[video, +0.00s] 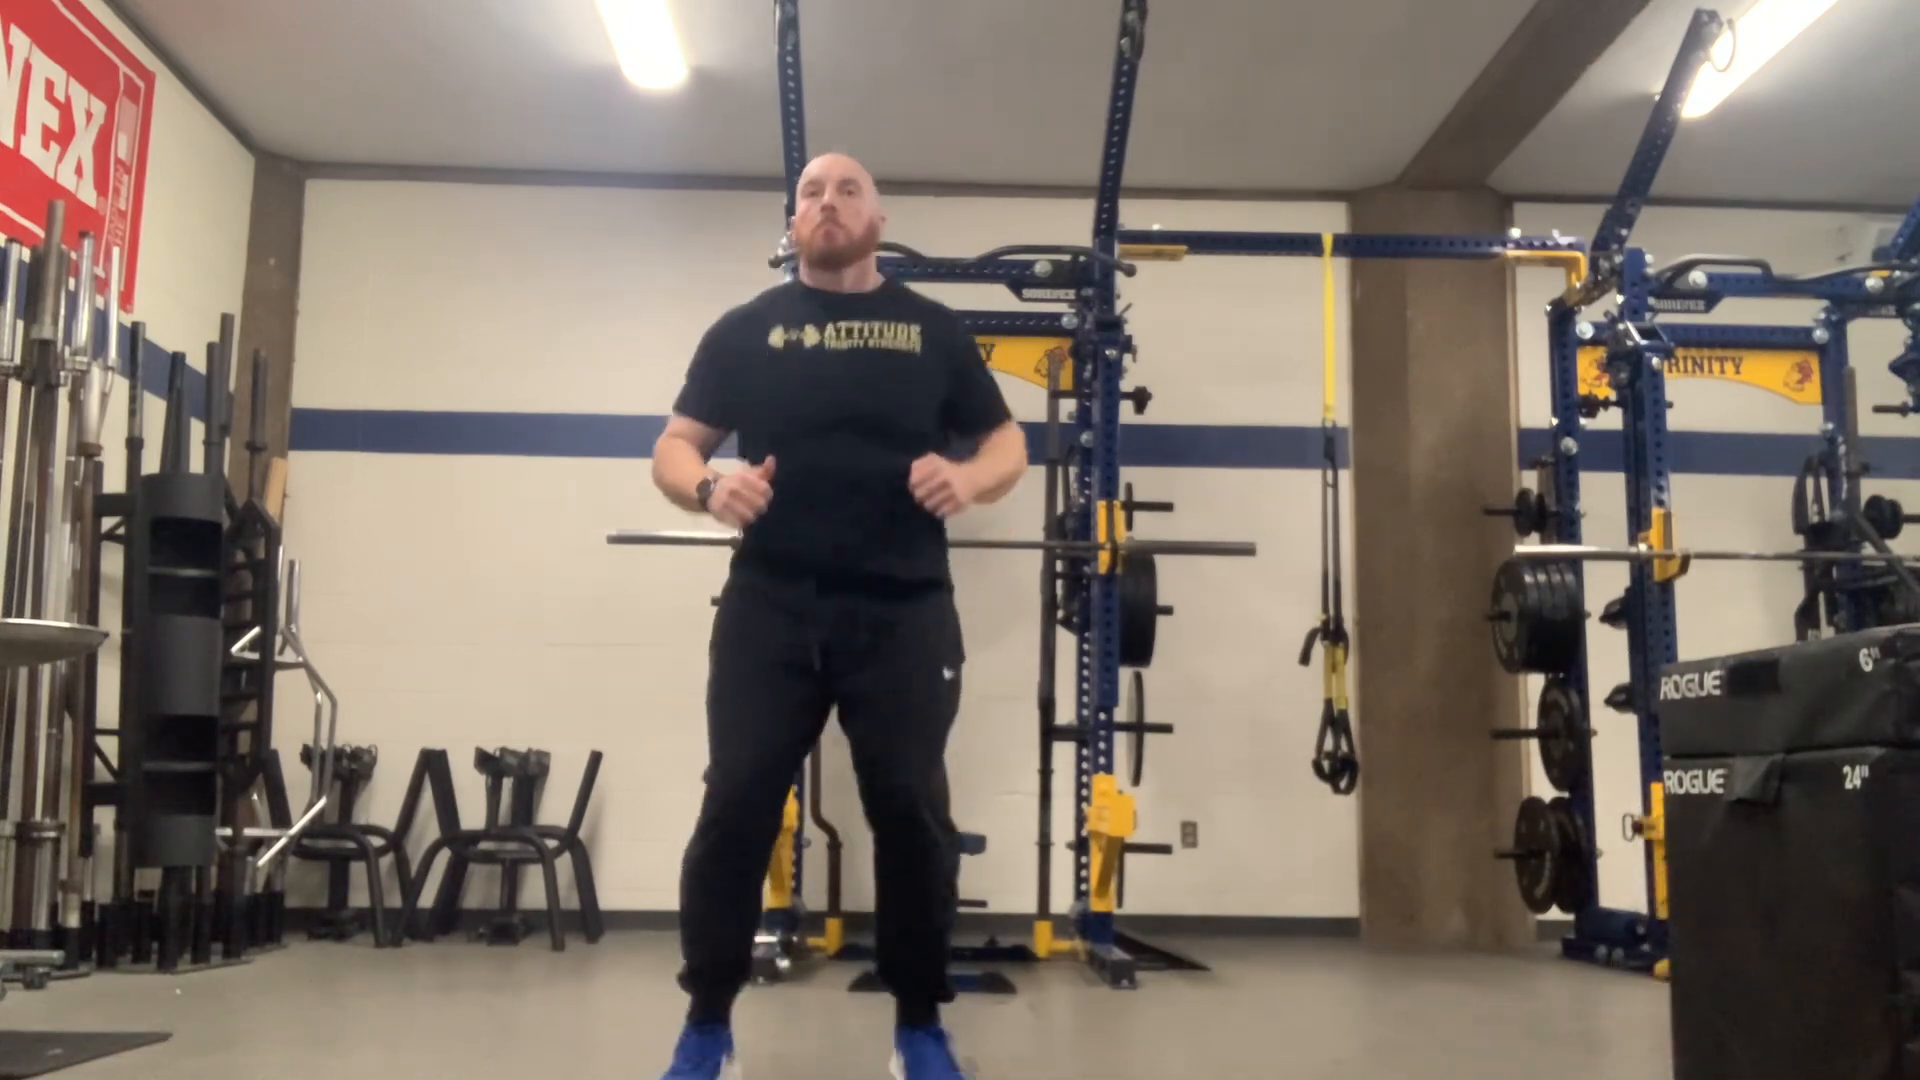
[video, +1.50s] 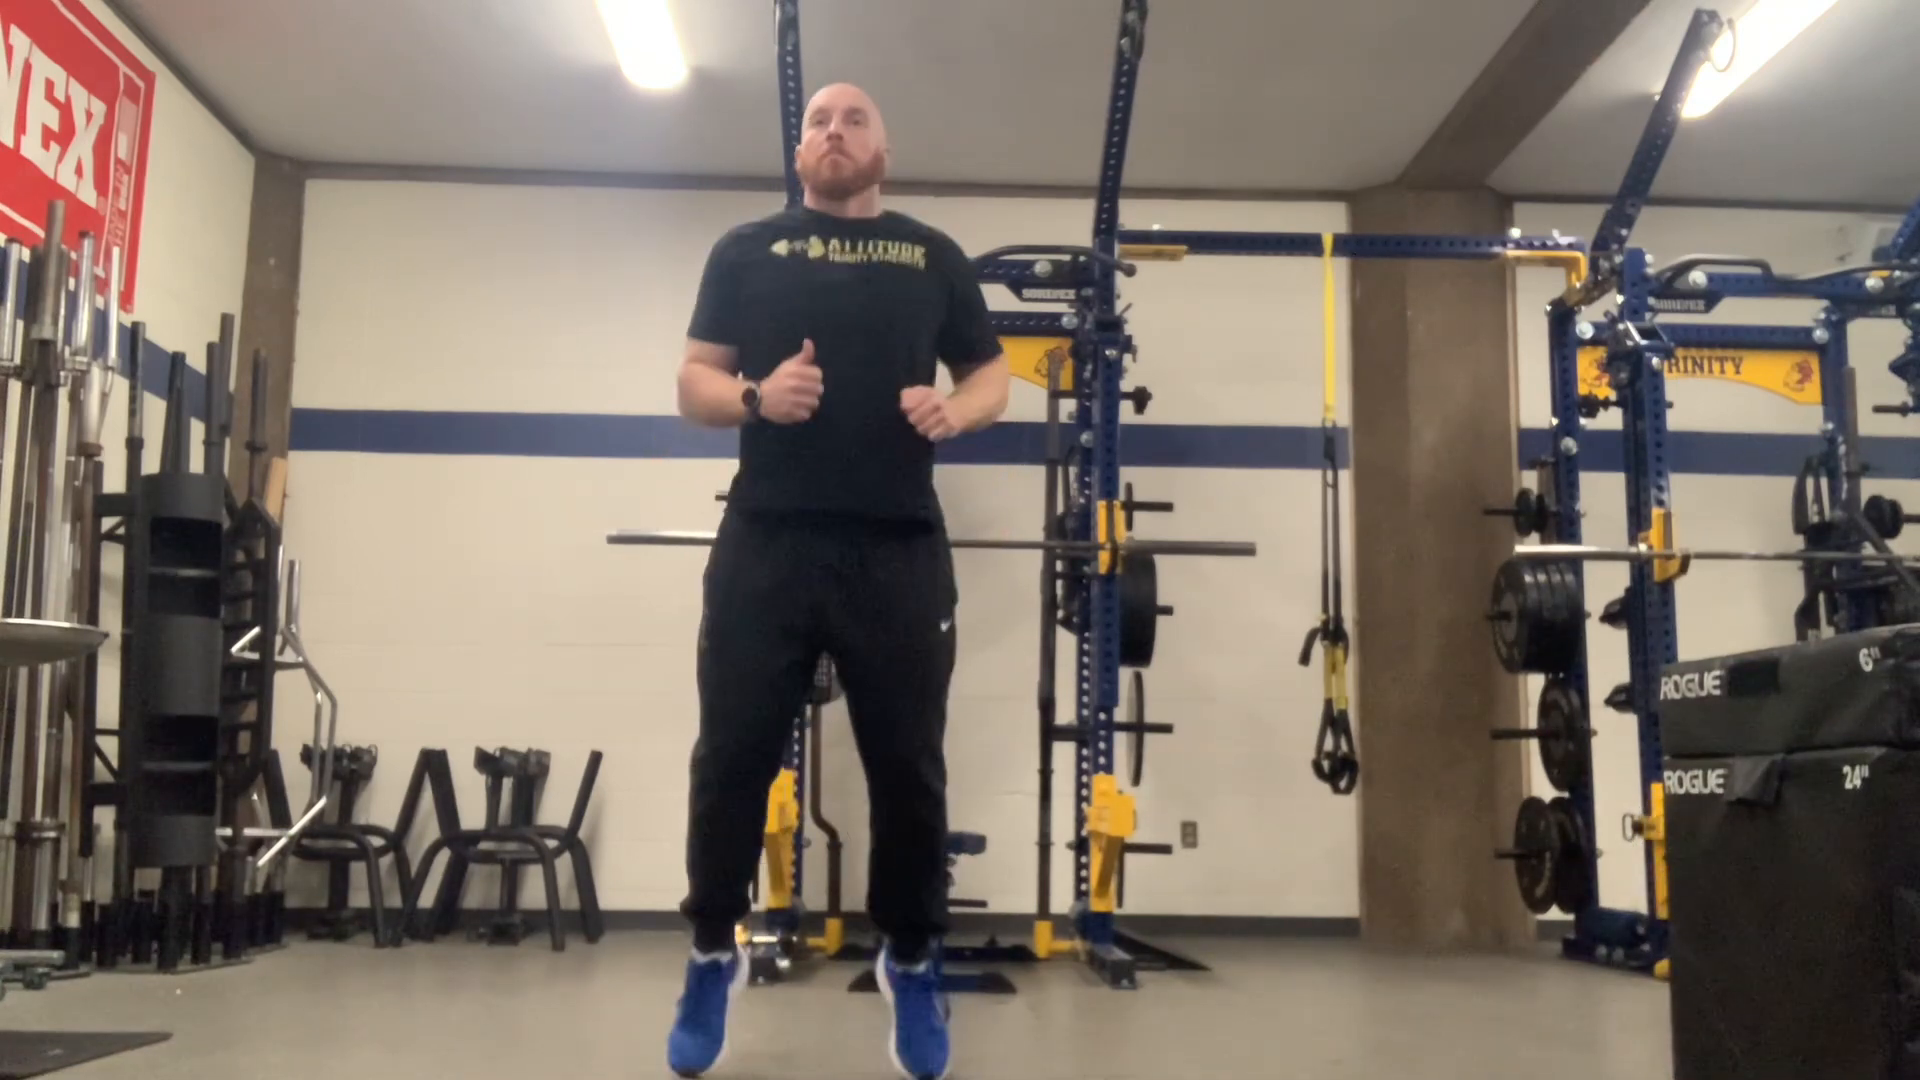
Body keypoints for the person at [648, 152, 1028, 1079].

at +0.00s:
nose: (828, 201)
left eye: (847, 189)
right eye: (812, 192)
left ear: (881, 221)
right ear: (791, 226)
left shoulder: (936, 331)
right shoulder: (742, 333)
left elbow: (1008, 448)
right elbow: (672, 454)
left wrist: (968, 476)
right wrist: (708, 484)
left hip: (902, 608)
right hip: (769, 606)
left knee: (912, 810)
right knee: (737, 803)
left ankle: (920, 1030)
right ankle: (705, 1027)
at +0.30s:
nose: (834, 137)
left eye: (853, 128)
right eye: (818, 130)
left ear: (886, 161)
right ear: (796, 163)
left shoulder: (937, 263)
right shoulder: (746, 267)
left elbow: (1000, 384)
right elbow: (690, 382)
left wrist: (954, 416)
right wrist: (727, 416)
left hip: (900, 547)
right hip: (771, 544)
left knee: (913, 768)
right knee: (737, 758)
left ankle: (915, 973)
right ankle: (700, 969)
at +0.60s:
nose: (838, 159)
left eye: (857, 150)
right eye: (821, 152)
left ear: (889, 184)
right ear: (798, 188)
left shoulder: (940, 291)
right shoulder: (748, 292)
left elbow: (992, 415)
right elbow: (700, 420)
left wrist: (952, 430)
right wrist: (744, 433)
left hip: (900, 582)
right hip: (771, 580)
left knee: (910, 800)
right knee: (734, 787)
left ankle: (909, 985)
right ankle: (709, 975)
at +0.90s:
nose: (835, 200)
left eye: (855, 190)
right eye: (820, 192)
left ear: (889, 224)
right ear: (797, 227)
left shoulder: (942, 336)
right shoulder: (747, 334)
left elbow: (1013, 461)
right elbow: (681, 463)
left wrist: (972, 472)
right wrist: (716, 482)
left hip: (904, 622)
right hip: (769, 617)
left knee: (910, 826)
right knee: (736, 814)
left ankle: (915, 1033)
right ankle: (698, 1026)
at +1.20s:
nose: (835, 136)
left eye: (855, 126)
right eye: (819, 128)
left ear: (888, 160)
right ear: (797, 162)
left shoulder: (938, 270)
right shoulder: (744, 265)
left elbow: (1000, 390)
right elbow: (682, 380)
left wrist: (966, 424)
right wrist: (712, 415)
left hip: (896, 557)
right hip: (766, 552)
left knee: (911, 777)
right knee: (731, 767)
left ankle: (913, 977)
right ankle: (706, 967)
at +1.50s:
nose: (834, 129)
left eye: (854, 119)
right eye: (818, 120)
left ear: (887, 151)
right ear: (796, 153)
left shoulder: (935, 257)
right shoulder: (745, 253)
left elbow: (992, 379)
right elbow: (696, 389)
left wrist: (955, 410)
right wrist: (755, 396)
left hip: (896, 548)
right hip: (766, 544)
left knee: (909, 768)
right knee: (731, 757)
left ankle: (912, 965)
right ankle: (711, 957)